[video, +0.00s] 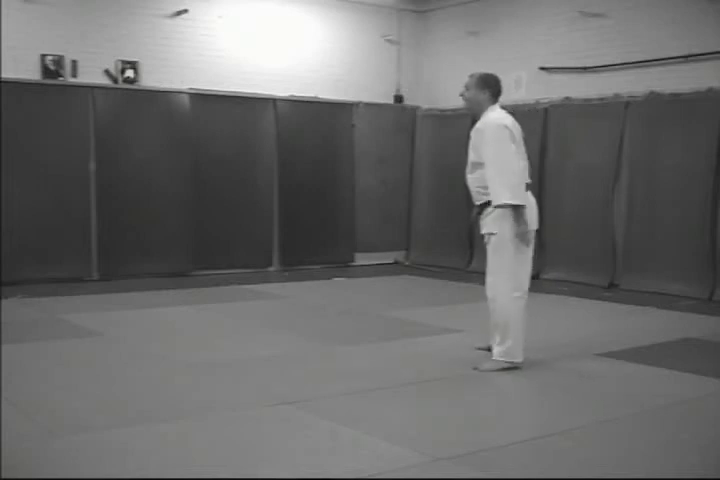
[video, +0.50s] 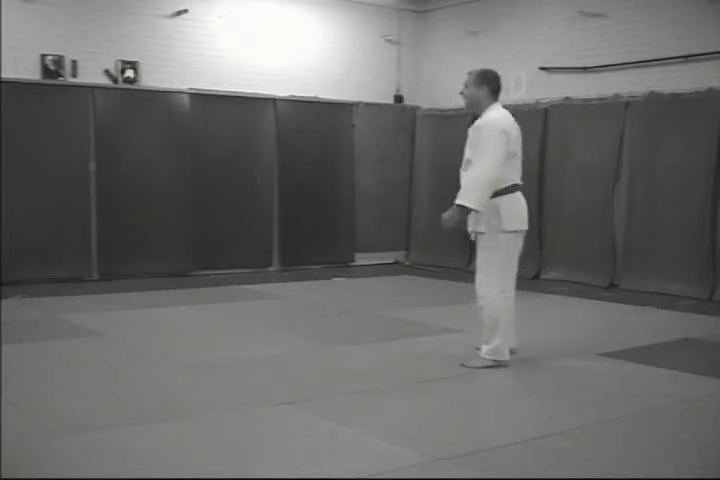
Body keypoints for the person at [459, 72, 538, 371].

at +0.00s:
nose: (462, 94)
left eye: (467, 89)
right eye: (463, 89)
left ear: (485, 93)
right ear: (486, 94)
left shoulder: (494, 125)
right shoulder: (493, 123)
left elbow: (506, 170)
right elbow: (506, 169)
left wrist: (519, 217)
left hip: (505, 213)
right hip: (505, 211)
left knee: (504, 284)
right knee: (503, 283)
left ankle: (508, 354)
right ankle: (502, 343)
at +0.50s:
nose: (462, 93)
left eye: (467, 88)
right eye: (463, 88)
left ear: (485, 91)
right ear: (488, 92)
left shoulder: (491, 124)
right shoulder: (499, 121)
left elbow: (484, 171)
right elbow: (490, 171)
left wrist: (459, 208)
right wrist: (468, 209)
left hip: (497, 211)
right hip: (504, 208)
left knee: (491, 283)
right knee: (498, 281)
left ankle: (495, 352)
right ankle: (503, 343)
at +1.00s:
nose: (454, 91)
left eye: (460, 86)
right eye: (456, 86)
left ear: (477, 90)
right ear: (481, 92)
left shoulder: (479, 124)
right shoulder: (499, 120)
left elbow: (478, 173)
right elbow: (493, 172)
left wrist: (475, 218)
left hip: (489, 210)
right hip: (502, 205)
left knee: (486, 281)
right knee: (475, 277)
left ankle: (495, 353)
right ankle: (475, 338)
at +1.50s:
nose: (449, 94)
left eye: (454, 89)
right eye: (450, 89)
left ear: (471, 93)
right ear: (475, 93)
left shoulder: (470, 122)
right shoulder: (482, 119)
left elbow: (463, 166)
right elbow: (469, 168)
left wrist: (443, 205)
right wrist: (454, 211)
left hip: (479, 207)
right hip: (478, 206)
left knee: (471, 278)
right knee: (463, 276)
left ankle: (490, 349)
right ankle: (465, 338)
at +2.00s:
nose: (443, 94)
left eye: (449, 89)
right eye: (445, 89)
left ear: (467, 93)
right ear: (469, 93)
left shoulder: (470, 126)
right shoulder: (478, 122)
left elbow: (464, 173)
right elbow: (466, 171)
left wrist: (449, 215)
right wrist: (450, 210)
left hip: (474, 209)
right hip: (480, 207)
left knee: (465, 281)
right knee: (469, 280)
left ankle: (466, 350)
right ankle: (464, 340)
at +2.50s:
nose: (439, 94)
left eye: (444, 88)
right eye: (440, 88)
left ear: (461, 92)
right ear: (467, 93)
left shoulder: (464, 125)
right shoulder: (487, 122)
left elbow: (455, 171)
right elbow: (485, 171)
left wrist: (444, 216)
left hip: (472, 209)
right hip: (489, 206)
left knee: (462, 282)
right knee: (473, 280)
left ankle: (467, 352)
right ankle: (466, 340)